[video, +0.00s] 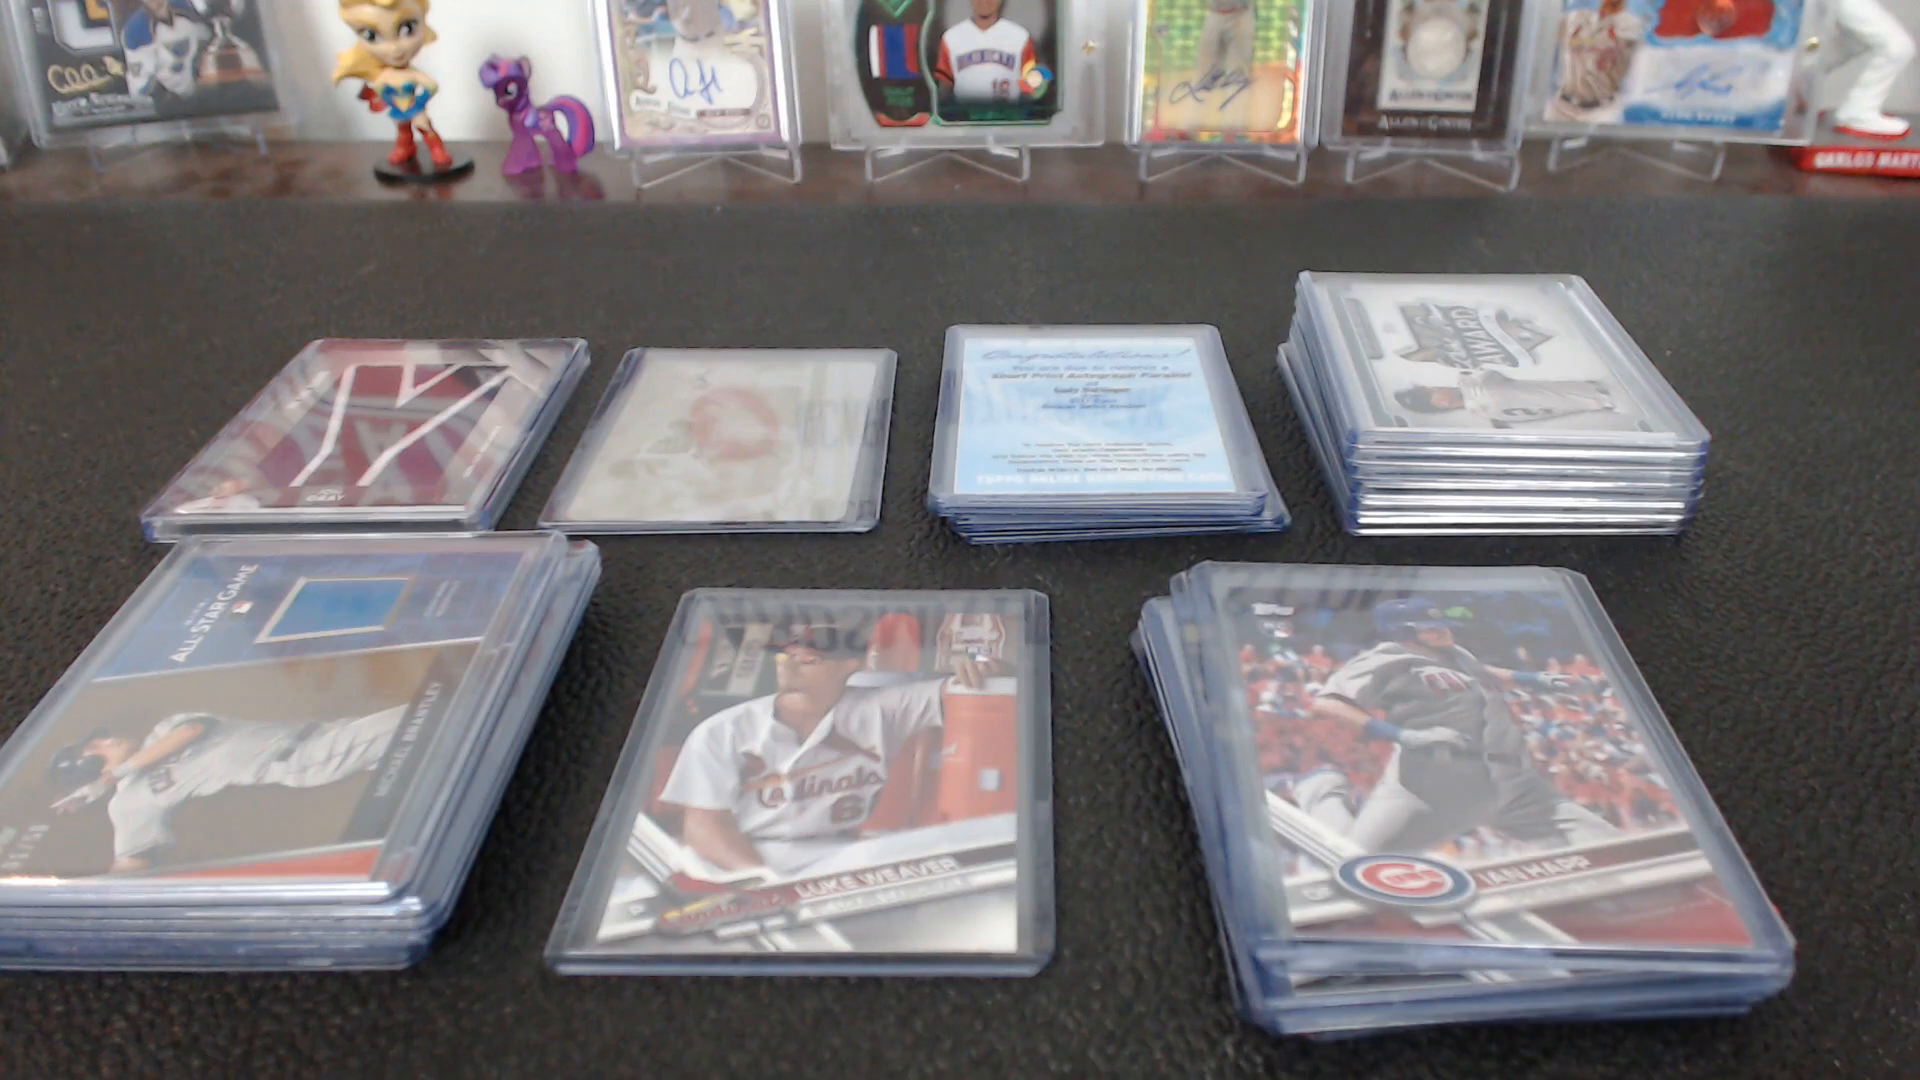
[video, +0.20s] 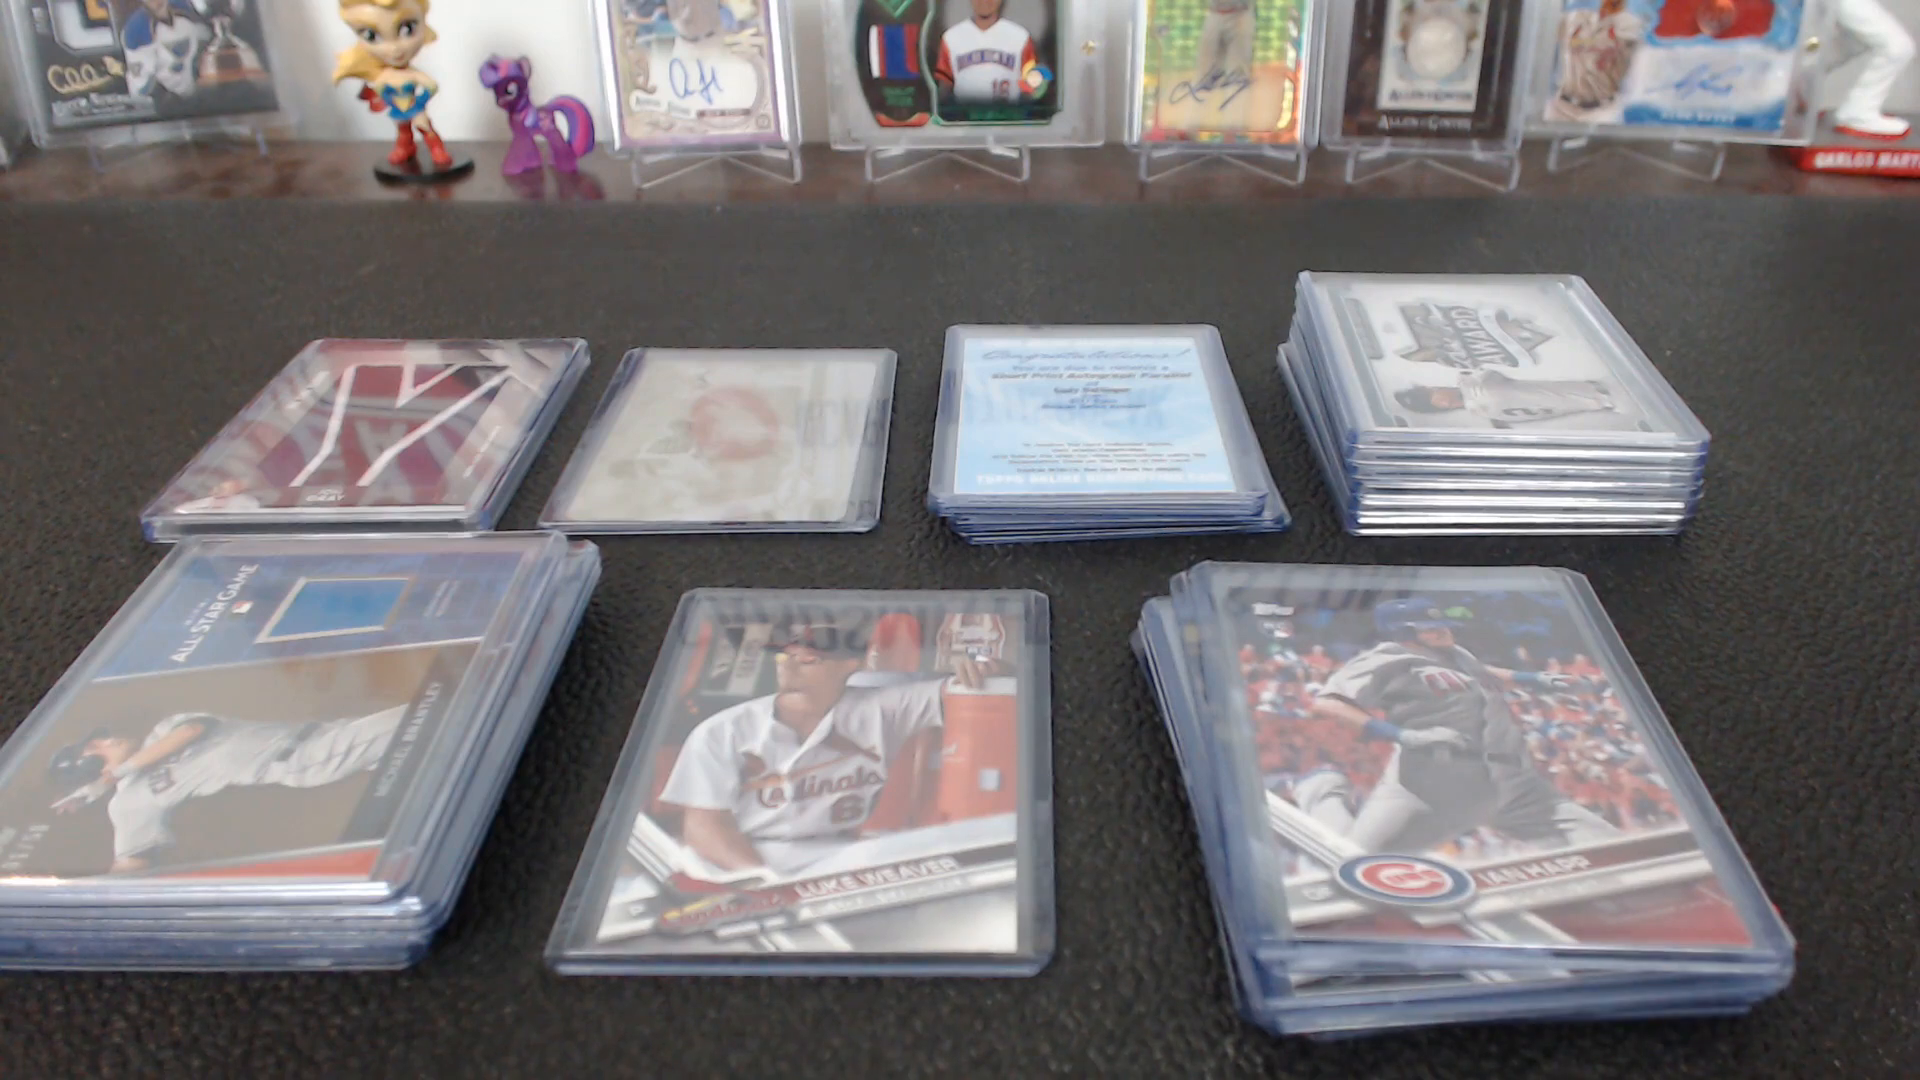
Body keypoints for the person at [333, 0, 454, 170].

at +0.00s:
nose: (393, 49)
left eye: (407, 29)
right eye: (371, 35)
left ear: (424, 26)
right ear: (357, 36)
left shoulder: (414, 75)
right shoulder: (377, 73)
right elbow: (369, 86)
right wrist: (374, 98)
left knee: (421, 120)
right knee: (400, 120)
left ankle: (436, 148)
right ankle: (405, 146)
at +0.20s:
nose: (393, 49)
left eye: (407, 29)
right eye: (371, 36)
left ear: (424, 26)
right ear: (357, 36)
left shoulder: (414, 75)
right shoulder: (377, 73)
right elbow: (369, 86)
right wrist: (375, 99)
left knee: (421, 121)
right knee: (400, 121)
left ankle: (436, 148)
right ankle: (405, 146)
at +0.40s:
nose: (393, 49)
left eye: (407, 29)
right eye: (371, 36)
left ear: (424, 26)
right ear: (357, 36)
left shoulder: (414, 75)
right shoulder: (377, 73)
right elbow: (369, 86)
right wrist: (374, 98)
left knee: (421, 121)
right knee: (400, 121)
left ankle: (436, 148)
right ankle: (405, 146)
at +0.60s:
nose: (393, 49)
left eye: (407, 29)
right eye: (371, 35)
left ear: (424, 26)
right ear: (358, 36)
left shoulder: (414, 75)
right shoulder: (378, 74)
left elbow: (426, 87)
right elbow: (369, 87)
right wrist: (375, 99)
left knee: (421, 122)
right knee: (401, 122)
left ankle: (436, 148)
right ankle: (405, 146)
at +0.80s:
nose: (393, 49)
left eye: (407, 29)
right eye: (371, 35)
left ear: (424, 26)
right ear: (357, 37)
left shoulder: (414, 74)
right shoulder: (378, 74)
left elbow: (427, 86)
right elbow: (369, 87)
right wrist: (375, 99)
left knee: (421, 122)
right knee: (401, 123)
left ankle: (437, 148)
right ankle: (405, 146)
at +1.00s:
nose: (393, 49)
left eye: (407, 29)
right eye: (371, 35)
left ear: (424, 26)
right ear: (357, 37)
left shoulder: (414, 75)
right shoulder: (378, 74)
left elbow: (427, 86)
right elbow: (369, 87)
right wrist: (375, 99)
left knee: (421, 122)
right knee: (401, 123)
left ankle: (437, 148)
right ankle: (405, 146)